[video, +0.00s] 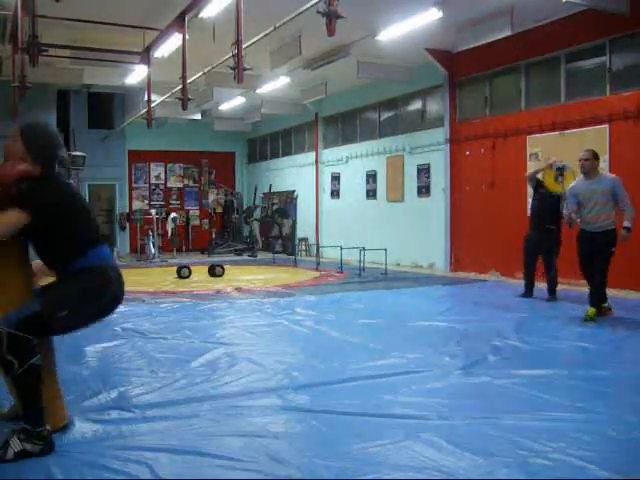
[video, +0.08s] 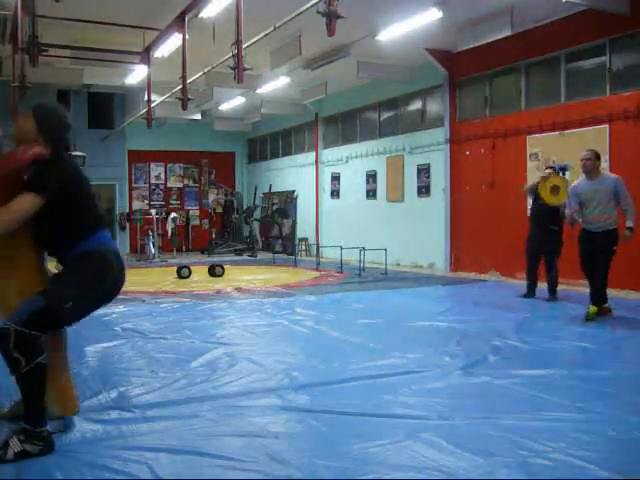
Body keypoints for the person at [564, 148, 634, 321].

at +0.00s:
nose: (582, 163)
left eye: (586, 160)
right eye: (580, 160)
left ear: (596, 162)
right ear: (579, 164)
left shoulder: (612, 182)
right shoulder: (575, 188)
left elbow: (626, 205)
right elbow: (569, 209)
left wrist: (626, 225)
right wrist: (570, 217)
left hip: (606, 231)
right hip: (586, 231)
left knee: (600, 269)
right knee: (587, 268)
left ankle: (594, 306)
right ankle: (602, 302)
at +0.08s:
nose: (584, 163)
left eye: (588, 160)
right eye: (582, 160)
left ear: (598, 162)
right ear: (580, 164)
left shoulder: (613, 181)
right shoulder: (576, 188)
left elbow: (627, 204)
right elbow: (572, 209)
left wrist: (629, 224)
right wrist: (572, 217)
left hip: (608, 230)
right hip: (587, 230)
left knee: (601, 268)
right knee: (588, 267)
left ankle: (595, 304)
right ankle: (602, 302)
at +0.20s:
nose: (585, 163)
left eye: (590, 160)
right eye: (584, 160)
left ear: (599, 162)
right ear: (582, 163)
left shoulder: (614, 181)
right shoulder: (577, 188)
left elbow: (628, 204)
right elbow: (574, 211)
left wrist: (631, 224)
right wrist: (573, 218)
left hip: (609, 230)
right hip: (589, 230)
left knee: (603, 267)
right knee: (590, 268)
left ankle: (597, 302)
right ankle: (603, 302)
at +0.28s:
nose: (587, 163)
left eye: (591, 159)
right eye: (585, 160)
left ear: (600, 162)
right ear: (583, 163)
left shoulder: (616, 181)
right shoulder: (579, 187)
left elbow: (629, 203)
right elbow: (574, 210)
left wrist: (633, 223)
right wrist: (573, 217)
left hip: (611, 228)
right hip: (590, 229)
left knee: (605, 266)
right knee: (592, 266)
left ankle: (601, 302)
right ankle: (600, 301)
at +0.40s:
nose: (588, 163)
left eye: (592, 159)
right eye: (586, 160)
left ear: (602, 162)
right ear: (585, 163)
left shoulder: (617, 180)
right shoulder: (580, 187)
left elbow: (630, 203)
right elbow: (575, 210)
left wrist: (634, 223)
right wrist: (576, 218)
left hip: (612, 228)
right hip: (592, 229)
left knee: (608, 265)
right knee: (593, 266)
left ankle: (608, 300)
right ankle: (600, 301)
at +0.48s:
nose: (590, 163)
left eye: (594, 160)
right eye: (588, 160)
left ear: (603, 162)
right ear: (586, 163)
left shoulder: (618, 180)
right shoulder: (582, 186)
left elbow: (631, 202)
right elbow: (578, 209)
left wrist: (635, 222)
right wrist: (578, 216)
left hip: (614, 228)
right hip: (594, 229)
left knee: (613, 266)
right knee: (595, 269)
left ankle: (617, 300)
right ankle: (601, 302)